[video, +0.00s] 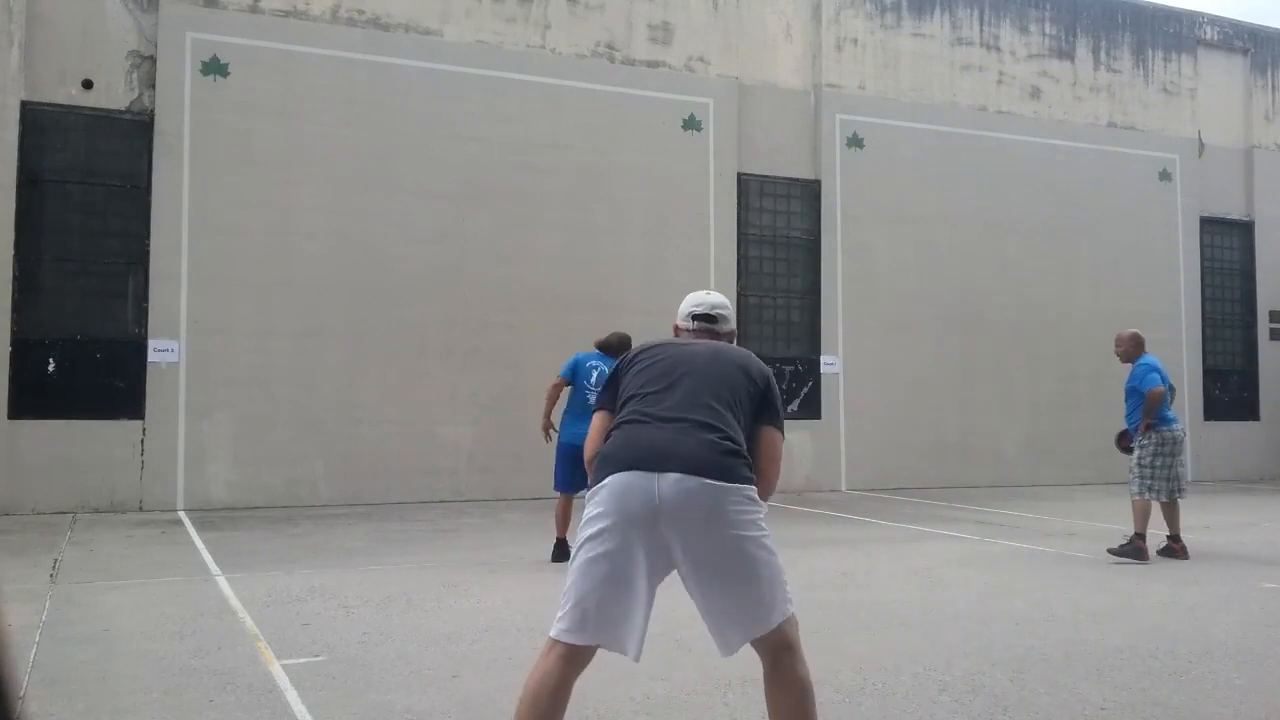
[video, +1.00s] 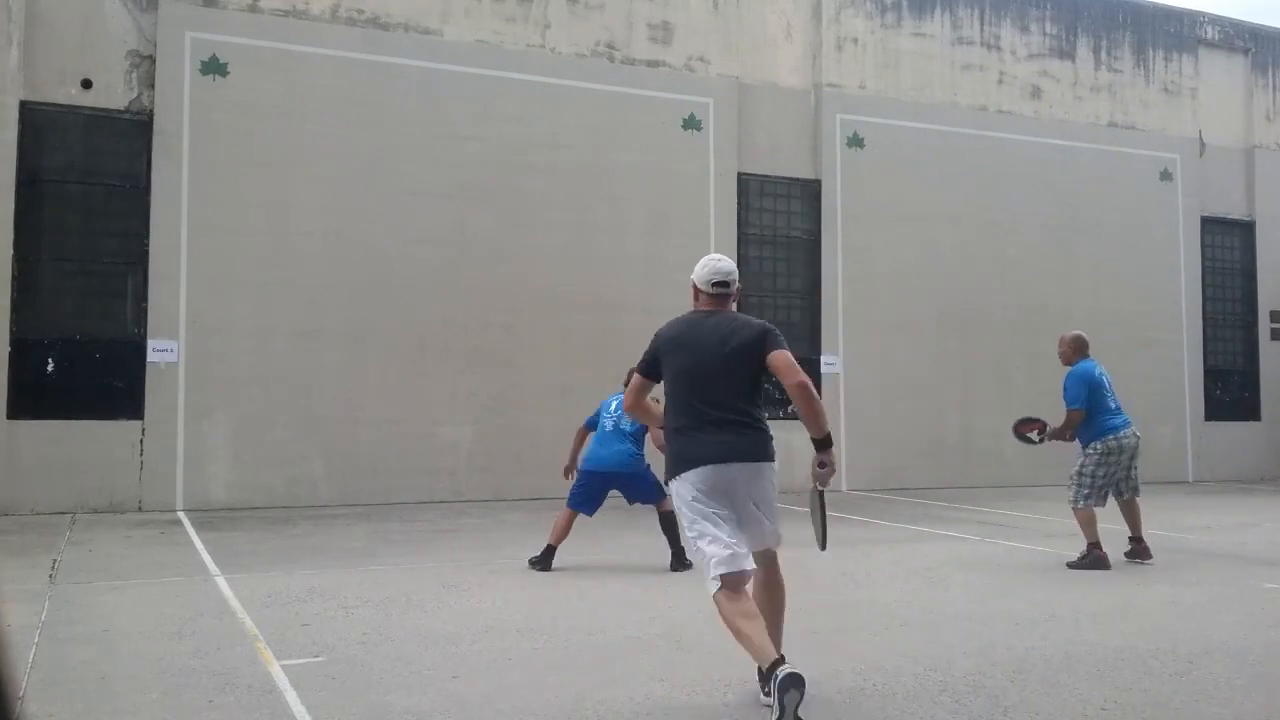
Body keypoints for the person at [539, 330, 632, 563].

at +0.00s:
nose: (628, 355)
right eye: (628, 352)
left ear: (604, 344)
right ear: (625, 352)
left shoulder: (581, 359)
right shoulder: (626, 370)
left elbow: (557, 386)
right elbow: (629, 408)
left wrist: (546, 417)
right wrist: (623, 436)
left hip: (569, 440)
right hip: (601, 442)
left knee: (566, 494)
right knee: (601, 495)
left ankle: (560, 545)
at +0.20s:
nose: (642, 354)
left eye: (643, 349)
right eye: (640, 349)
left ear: (618, 347)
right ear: (628, 348)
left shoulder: (591, 366)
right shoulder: (635, 371)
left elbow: (573, 397)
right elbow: (640, 408)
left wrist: (570, 432)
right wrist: (639, 437)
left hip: (589, 443)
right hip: (619, 443)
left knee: (580, 495)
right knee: (623, 495)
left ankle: (563, 544)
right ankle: (627, 543)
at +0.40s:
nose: (649, 355)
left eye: (650, 351)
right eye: (646, 351)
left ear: (626, 352)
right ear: (632, 351)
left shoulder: (603, 371)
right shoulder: (640, 374)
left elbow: (584, 402)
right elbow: (645, 408)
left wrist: (593, 430)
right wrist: (642, 432)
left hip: (597, 446)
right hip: (629, 448)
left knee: (590, 495)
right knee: (646, 499)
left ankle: (570, 549)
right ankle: (634, 555)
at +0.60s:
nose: (647, 342)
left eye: (646, 337)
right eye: (644, 338)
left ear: (620, 337)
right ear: (634, 337)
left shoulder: (598, 361)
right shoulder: (644, 358)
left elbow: (590, 399)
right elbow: (652, 395)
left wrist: (606, 418)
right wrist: (650, 421)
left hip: (601, 433)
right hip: (634, 434)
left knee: (584, 487)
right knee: (649, 490)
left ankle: (564, 542)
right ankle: (639, 546)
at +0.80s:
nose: (633, 358)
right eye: (631, 355)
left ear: (607, 358)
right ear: (632, 358)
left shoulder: (591, 381)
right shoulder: (641, 377)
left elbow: (588, 419)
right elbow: (648, 417)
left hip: (594, 452)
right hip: (630, 452)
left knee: (567, 502)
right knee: (654, 499)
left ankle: (543, 554)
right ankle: (660, 556)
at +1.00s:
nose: (639, 386)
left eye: (634, 382)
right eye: (642, 383)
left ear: (625, 382)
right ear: (645, 385)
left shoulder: (609, 402)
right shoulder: (649, 406)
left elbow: (583, 431)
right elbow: (660, 442)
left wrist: (571, 461)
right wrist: (679, 459)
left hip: (594, 465)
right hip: (629, 466)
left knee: (570, 510)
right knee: (662, 502)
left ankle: (546, 556)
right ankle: (678, 556)